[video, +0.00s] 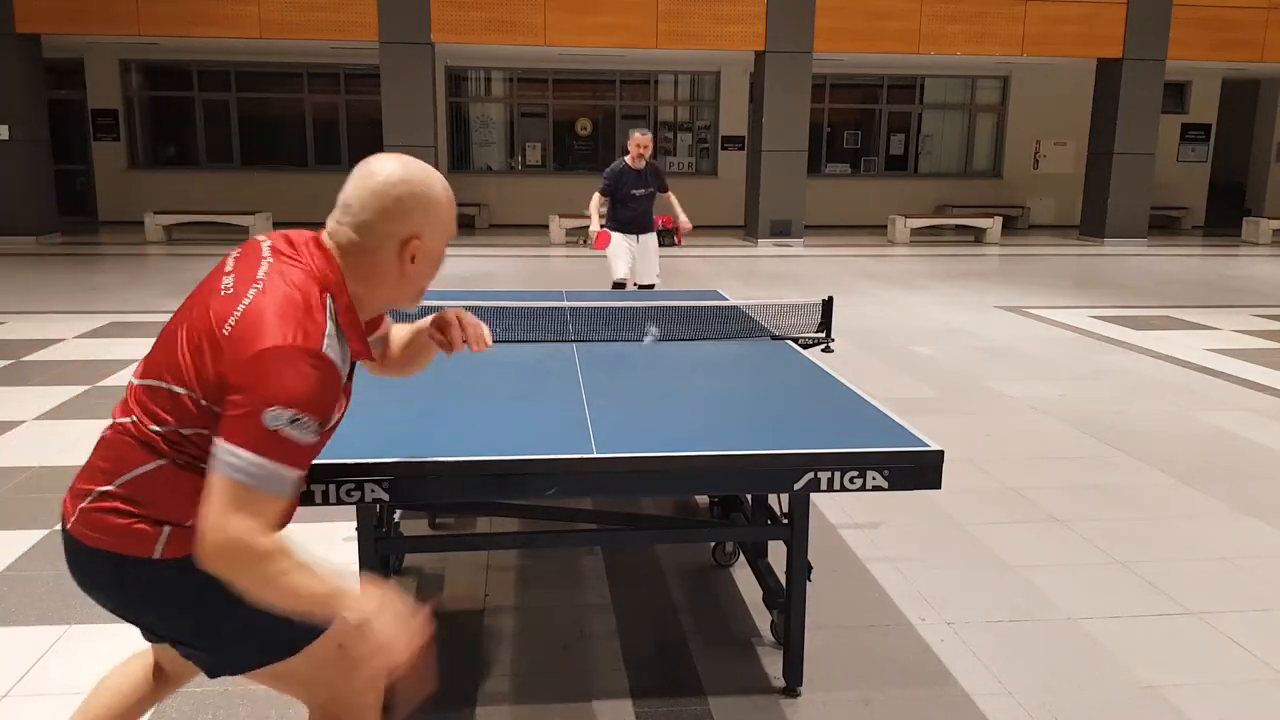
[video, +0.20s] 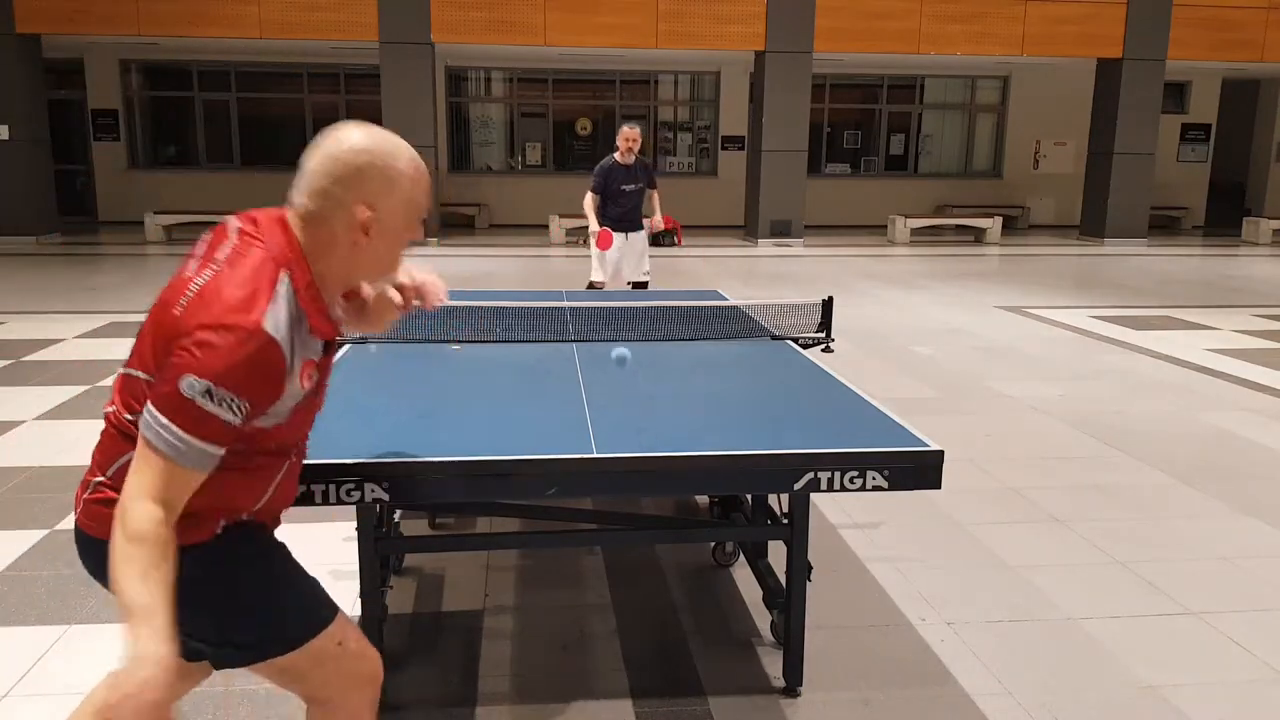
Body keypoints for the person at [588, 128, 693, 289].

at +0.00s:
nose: (642, 151)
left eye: (646, 147)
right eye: (638, 146)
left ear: (651, 148)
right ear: (629, 146)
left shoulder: (653, 170)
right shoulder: (616, 170)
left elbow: (669, 195)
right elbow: (597, 198)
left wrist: (682, 217)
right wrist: (595, 223)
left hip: (646, 235)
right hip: (618, 234)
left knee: (647, 284)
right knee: (621, 280)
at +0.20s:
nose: (630, 145)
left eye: (634, 141)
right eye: (626, 140)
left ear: (640, 143)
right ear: (617, 141)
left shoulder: (644, 166)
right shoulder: (605, 167)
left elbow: (653, 192)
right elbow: (589, 199)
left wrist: (657, 215)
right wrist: (593, 223)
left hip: (637, 234)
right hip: (608, 234)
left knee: (641, 282)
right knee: (598, 283)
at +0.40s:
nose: (627, 150)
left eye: (631, 146)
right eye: (623, 145)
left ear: (636, 147)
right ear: (614, 145)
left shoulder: (634, 170)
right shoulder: (600, 170)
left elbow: (638, 199)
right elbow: (584, 203)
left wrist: (644, 226)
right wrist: (589, 233)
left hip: (627, 236)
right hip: (599, 238)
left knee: (641, 278)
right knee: (590, 286)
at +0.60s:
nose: (636, 151)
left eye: (641, 147)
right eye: (632, 146)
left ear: (645, 149)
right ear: (622, 145)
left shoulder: (639, 169)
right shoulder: (607, 169)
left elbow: (639, 197)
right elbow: (584, 199)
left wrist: (646, 225)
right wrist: (600, 228)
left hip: (628, 236)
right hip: (601, 236)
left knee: (635, 281)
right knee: (595, 285)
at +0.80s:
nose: (649, 170)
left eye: (653, 166)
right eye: (646, 164)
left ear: (657, 167)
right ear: (635, 161)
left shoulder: (648, 180)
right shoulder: (619, 182)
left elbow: (649, 208)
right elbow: (609, 222)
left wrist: (659, 237)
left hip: (631, 234)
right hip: (605, 233)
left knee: (639, 280)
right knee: (617, 276)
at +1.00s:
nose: (656, 199)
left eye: (659, 197)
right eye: (654, 193)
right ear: (644, 182)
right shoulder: (624, 201)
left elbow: (651, 212)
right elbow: (626, 243)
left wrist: (662, 234)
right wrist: (655, 243)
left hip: (631, 239)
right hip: (607, 241)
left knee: (644, 282)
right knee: (633, 282)